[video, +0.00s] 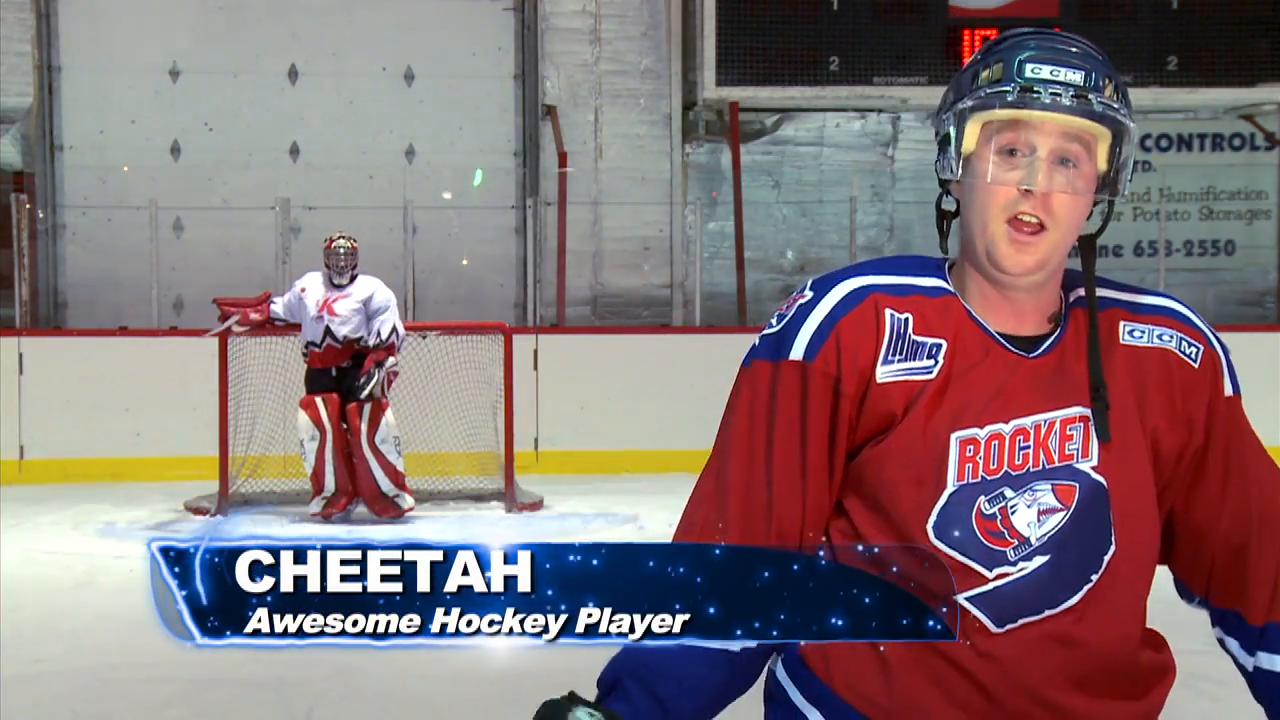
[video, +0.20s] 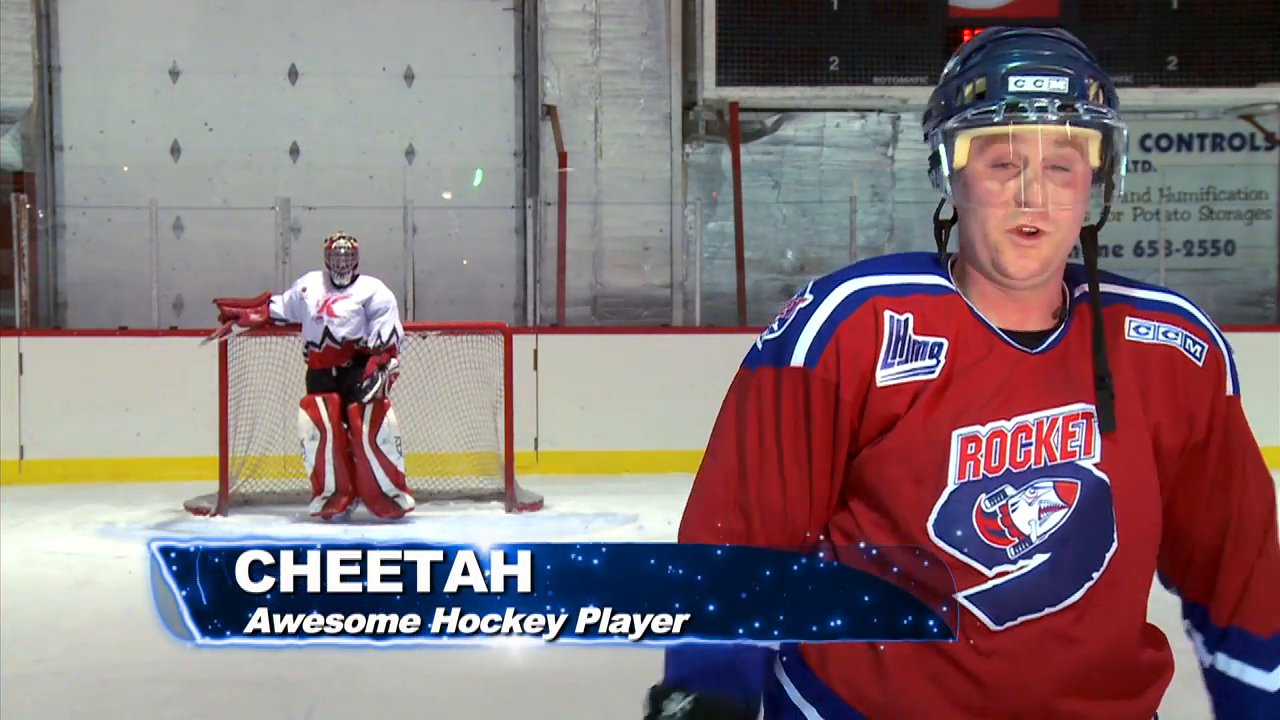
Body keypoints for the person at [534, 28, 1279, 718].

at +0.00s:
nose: (1037, 187)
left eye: (1068, 161)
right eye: (1010, 152)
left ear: (1098, 188)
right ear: (959, 164)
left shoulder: (1169, 352)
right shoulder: (844, 328)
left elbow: (1263, 596)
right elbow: (732, 576)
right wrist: (620, 709)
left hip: (1103, 708)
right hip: (869, 707)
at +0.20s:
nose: (1032, 192)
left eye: (1063, 162)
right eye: (1001, 158)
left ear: (1097, 182)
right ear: (950, 171)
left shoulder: (1172, 345)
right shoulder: (843, 330)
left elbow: (1249, 592)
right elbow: (731, 562)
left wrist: (1254, 705)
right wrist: (708, 702)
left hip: (1102, 703)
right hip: (864, 705)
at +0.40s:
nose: (994, 201)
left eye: (1020, 168)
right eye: (961, 170)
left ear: (1056, 184)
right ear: (912, 185)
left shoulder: (1154, 340)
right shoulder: (823, 329)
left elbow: (1223, 610)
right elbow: (729, 517)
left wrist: (1233, 714)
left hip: (1093, 707)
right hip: (855, 707)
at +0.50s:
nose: (971, 198)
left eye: (998, 165)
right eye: (940, 168)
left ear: (1035, 182)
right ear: (891, 186)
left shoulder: (1138, 336)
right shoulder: (806, 320)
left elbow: (1221, 605)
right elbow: (741, 533)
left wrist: (1235, 713)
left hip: (1093, 707)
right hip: (847, 706)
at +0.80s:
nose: (925, 183)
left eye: (951, 150)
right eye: (894, 154)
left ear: (996, 172)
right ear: (845, 174)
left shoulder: (1101, 326)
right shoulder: (764, 312)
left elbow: (1180, 586)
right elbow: (713, 507)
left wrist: (1214, 712)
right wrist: (792, 390)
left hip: (1062, 707)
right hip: (824, 707)